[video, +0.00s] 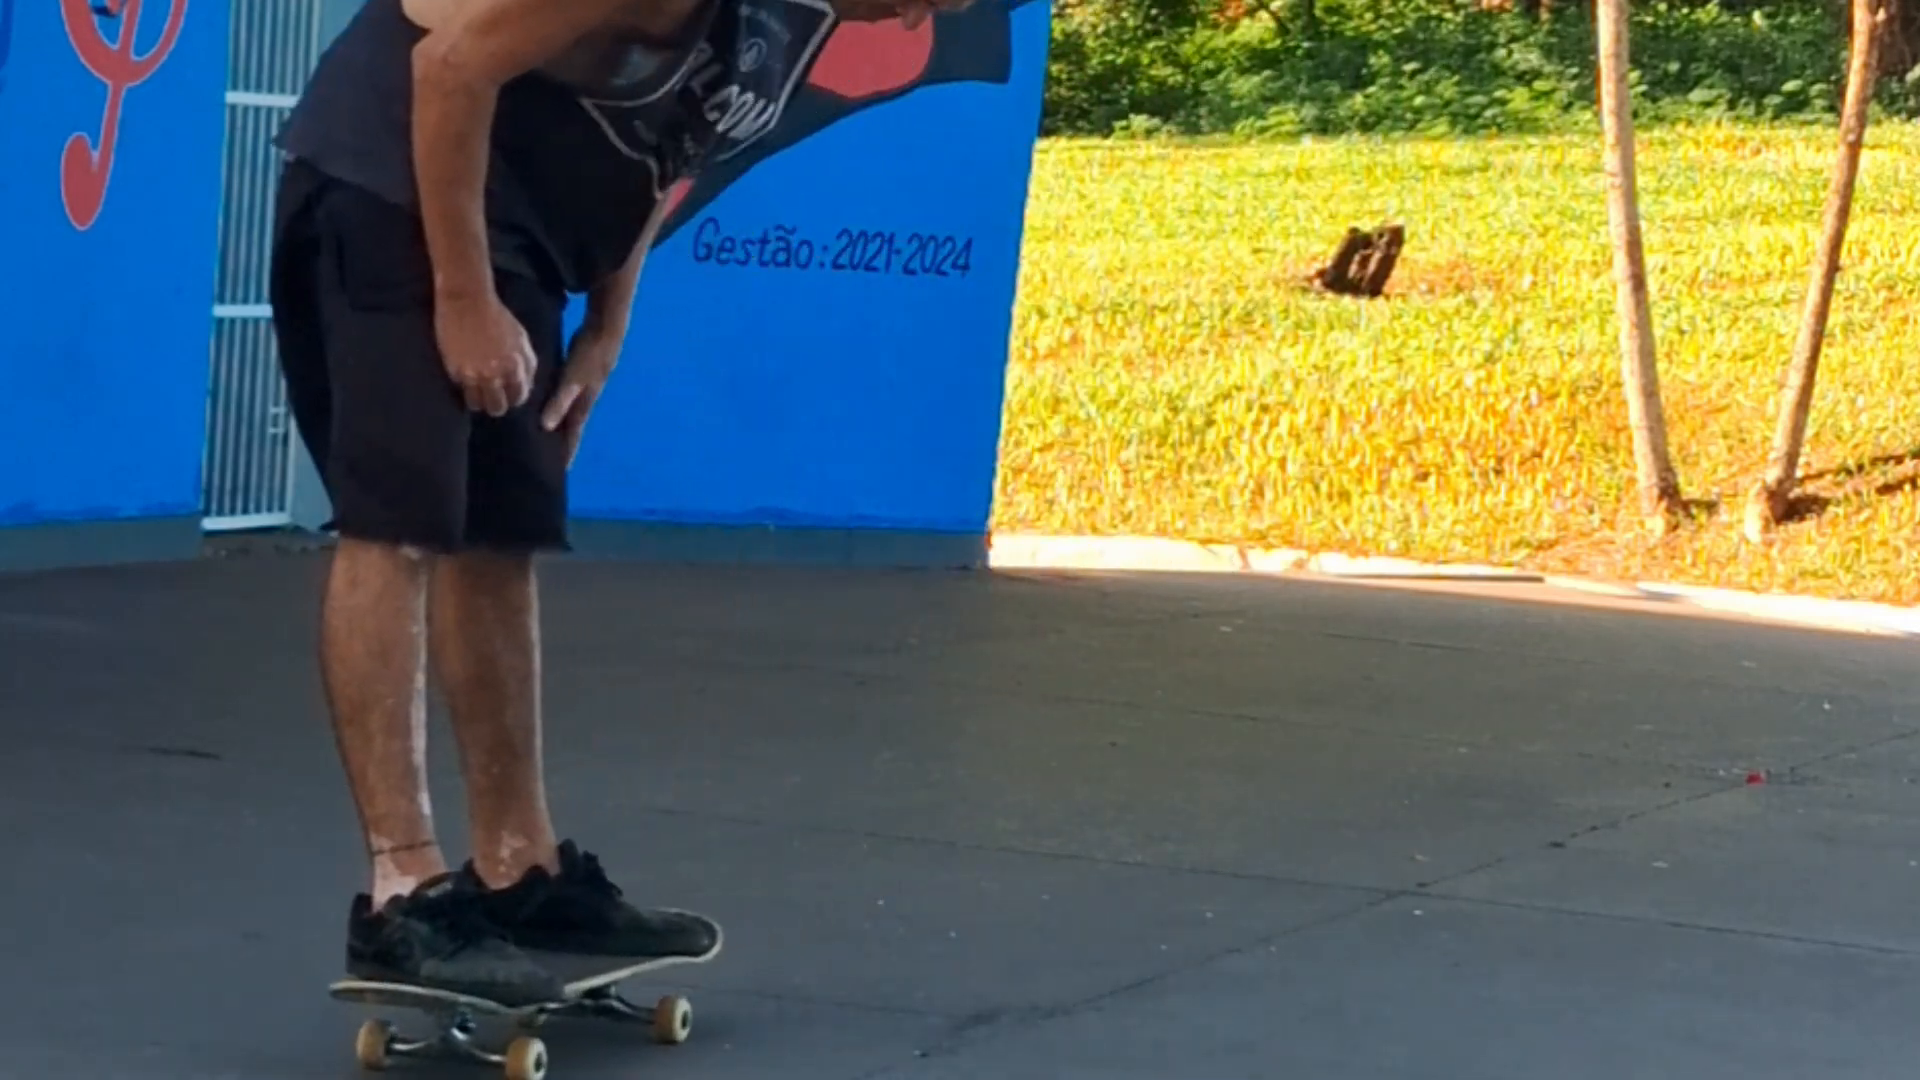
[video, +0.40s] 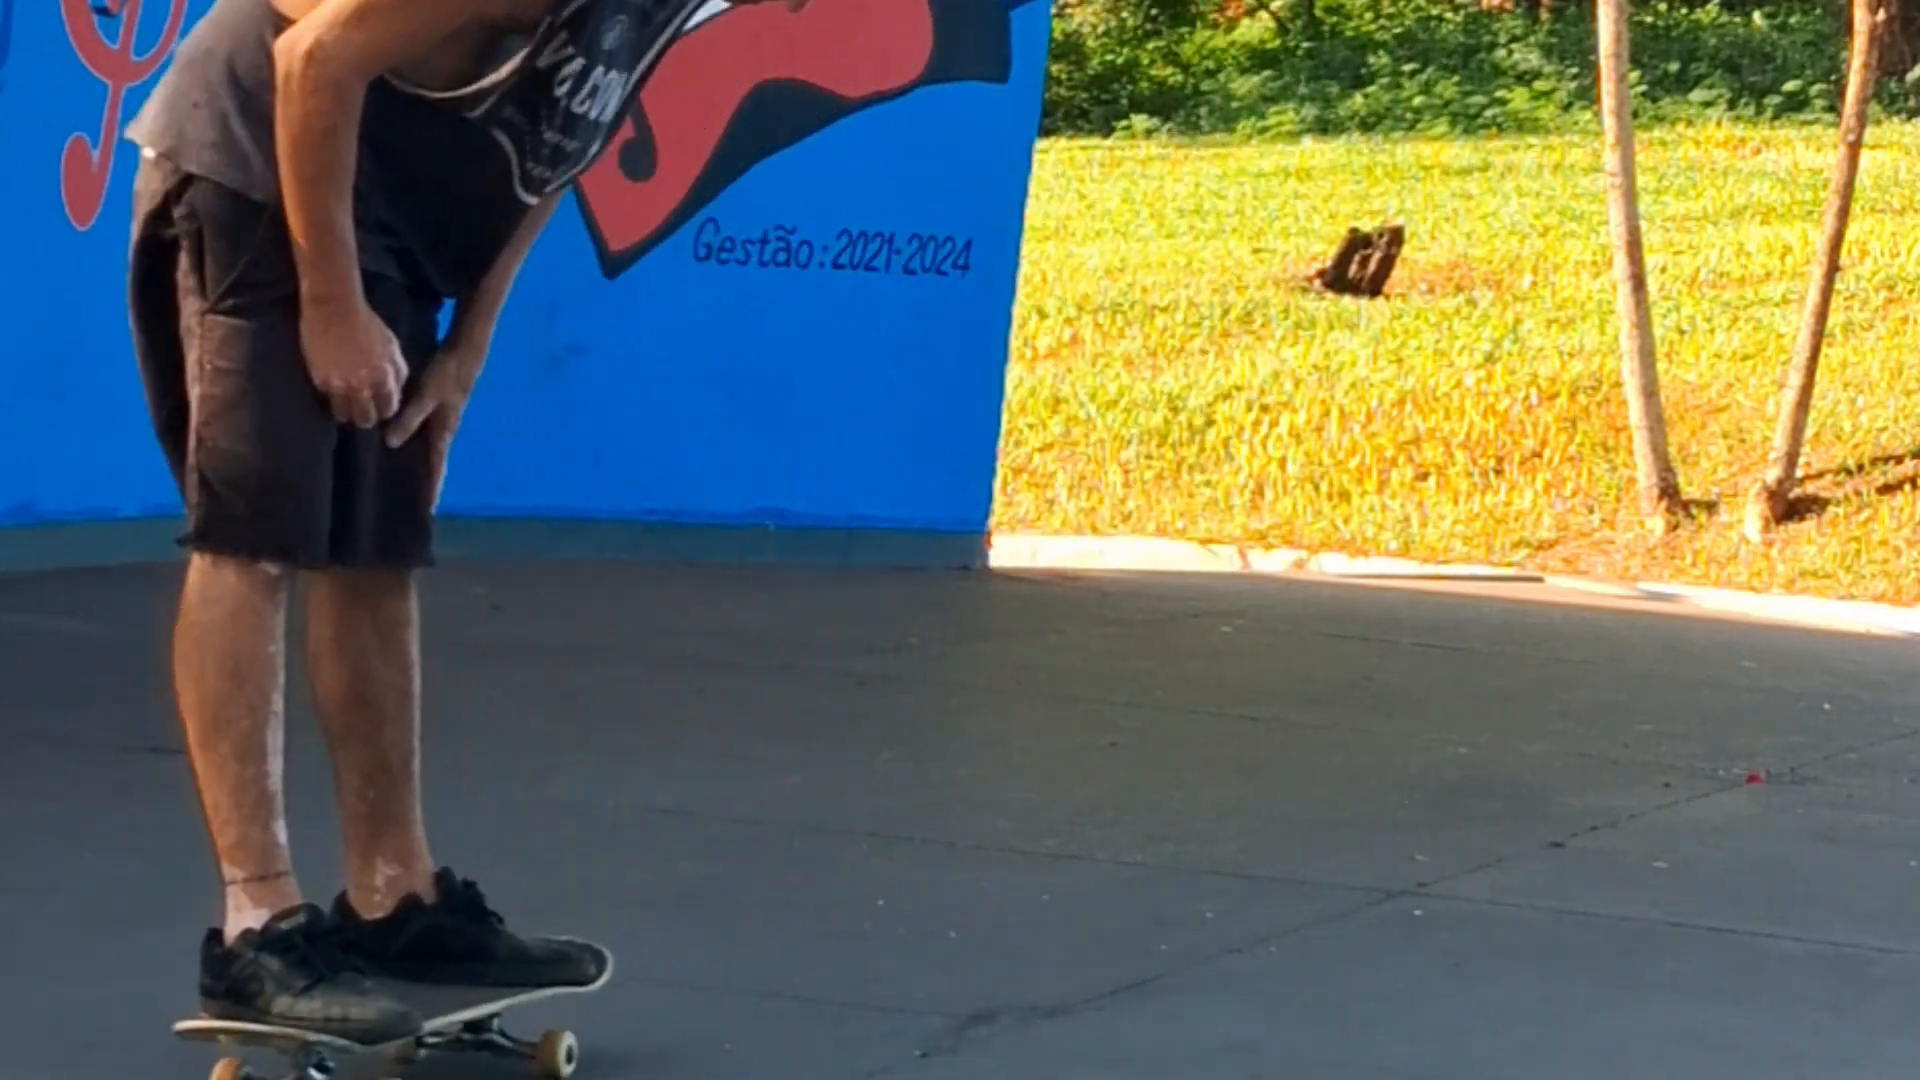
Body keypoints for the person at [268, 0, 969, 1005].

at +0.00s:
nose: (920, 14)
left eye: (934, 10)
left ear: (906, 9)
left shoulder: (794, 33)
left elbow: (658, 156)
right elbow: (451, 64)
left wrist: (604, 330)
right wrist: (464, 298)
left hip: (519, 215)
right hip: (388, 169)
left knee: (501, 524)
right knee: (393, 521)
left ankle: (519, 873)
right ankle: (403, 895)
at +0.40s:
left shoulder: (676, 8)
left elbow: (550, 157)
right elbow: (316, 58)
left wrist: (463, 345)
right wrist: (334, 303)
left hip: (404, 206)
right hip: (250, 160)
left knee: (377, 538)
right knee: (249, 534)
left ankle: (395, 902)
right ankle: (257, 929)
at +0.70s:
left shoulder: (565, 17)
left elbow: (445, 132)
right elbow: (223, 53)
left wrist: (393, 323)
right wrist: (240, 305)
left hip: (318, 214)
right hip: (150, 165)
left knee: (309, 538)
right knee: (146, 542)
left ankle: (288, 920)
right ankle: (131, 960)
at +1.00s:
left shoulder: (510, 15)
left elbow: (336, 132)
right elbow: (124, 41)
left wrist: (287, 336)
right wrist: (171, 307)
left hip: (224, 191)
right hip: (63, 137)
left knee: (213, 544)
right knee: (68, 541)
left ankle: (151, 956)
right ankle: (5, 965)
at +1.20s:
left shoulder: (425, 13)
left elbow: (269, 126)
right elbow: (44, 26)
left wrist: (248, 324)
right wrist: (101, 299)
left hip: (185, 246)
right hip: (46, 190)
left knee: (172, 563)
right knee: (26, 560)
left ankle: (83, 965)